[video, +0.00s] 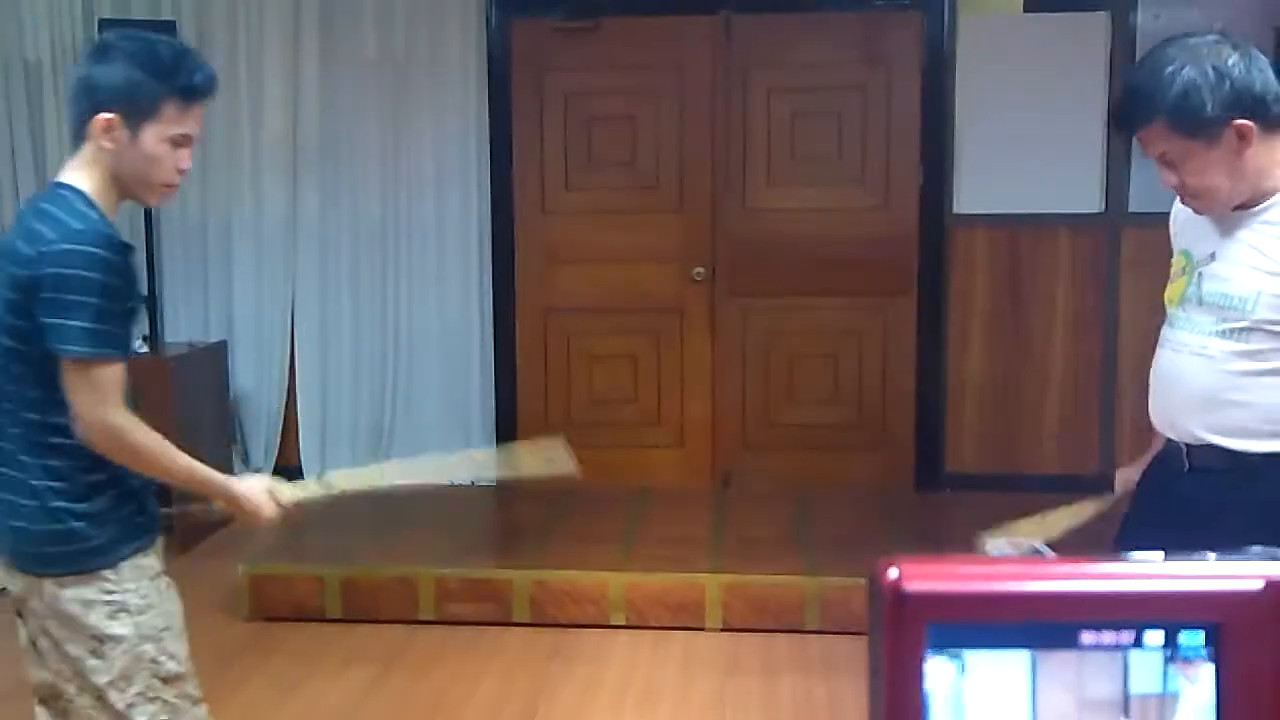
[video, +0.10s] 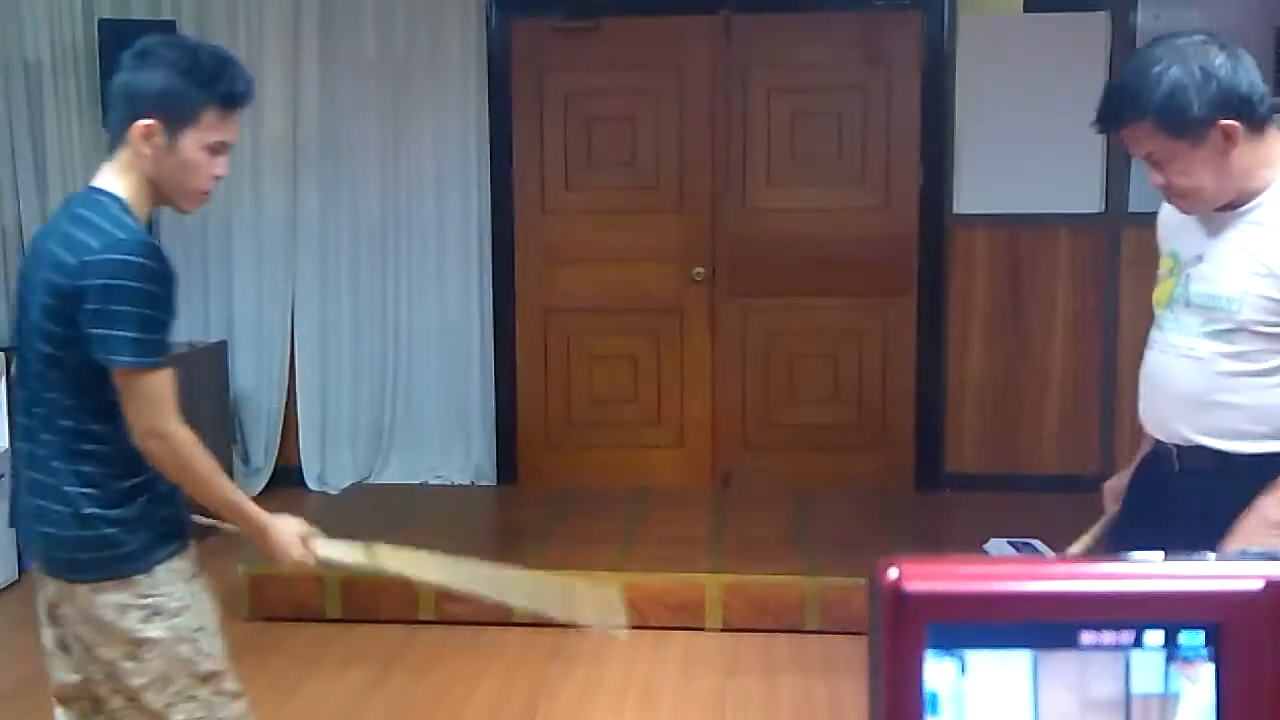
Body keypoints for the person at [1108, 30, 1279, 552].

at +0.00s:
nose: (1166, 184)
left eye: (1172, 162)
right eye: (1158, 165)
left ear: (1241, 135)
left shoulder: (1272, 225)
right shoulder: (1188, 213)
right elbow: (1195, 350)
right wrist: (1150, 461)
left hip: (1261, 485)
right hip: (1176, 476)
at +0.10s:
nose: (1154, 183)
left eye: (1159, 162)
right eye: (1145, 165)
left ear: (1227, 134)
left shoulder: (1271, 222)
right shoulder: (1176, 215)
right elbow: (1182, 355)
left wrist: (1267, 515)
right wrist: (1138, 469)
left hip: (1255, 485)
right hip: (1165, 476)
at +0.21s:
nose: (1128, 184)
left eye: (1135, 165)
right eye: (1120, 167)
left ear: (1202, 139)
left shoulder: (1271, 211)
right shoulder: (1162, 206)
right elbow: (1159, 346)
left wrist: (1237, 510)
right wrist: (1118, 457)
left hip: (1241, 487)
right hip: (1146, 477)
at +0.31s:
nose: (1096, 184)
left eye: (1104, 166)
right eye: (1090, 167)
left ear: (1166, 140)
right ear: (1165, 142)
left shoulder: (1265, 212)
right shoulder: (1138, 203)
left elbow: (1277, 402)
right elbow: (1143, 354)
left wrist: (1204, 511)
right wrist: (1081, 449)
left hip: (1221, 492)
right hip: (1121, 482)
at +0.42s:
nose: (1059, 186)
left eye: (1065, 167)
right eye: (1050, 170)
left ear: (1126, 139)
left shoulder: (1242, 212)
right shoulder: (1105, 212)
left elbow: (1278, 383)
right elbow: (1112, 359)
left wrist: (1194, 511)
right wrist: (1037, 436)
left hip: (1197, 496)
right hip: (1095, 487)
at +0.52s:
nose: (1026, 195)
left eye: (1030, 176)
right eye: (1017, 180)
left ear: (1086, 145)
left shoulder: (1207, 209)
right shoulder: (1075, 219)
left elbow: (1268, 377)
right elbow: (1085, 363)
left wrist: (1207, 527)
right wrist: (1010, 443)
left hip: (1174, 493)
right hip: (1074, 488)